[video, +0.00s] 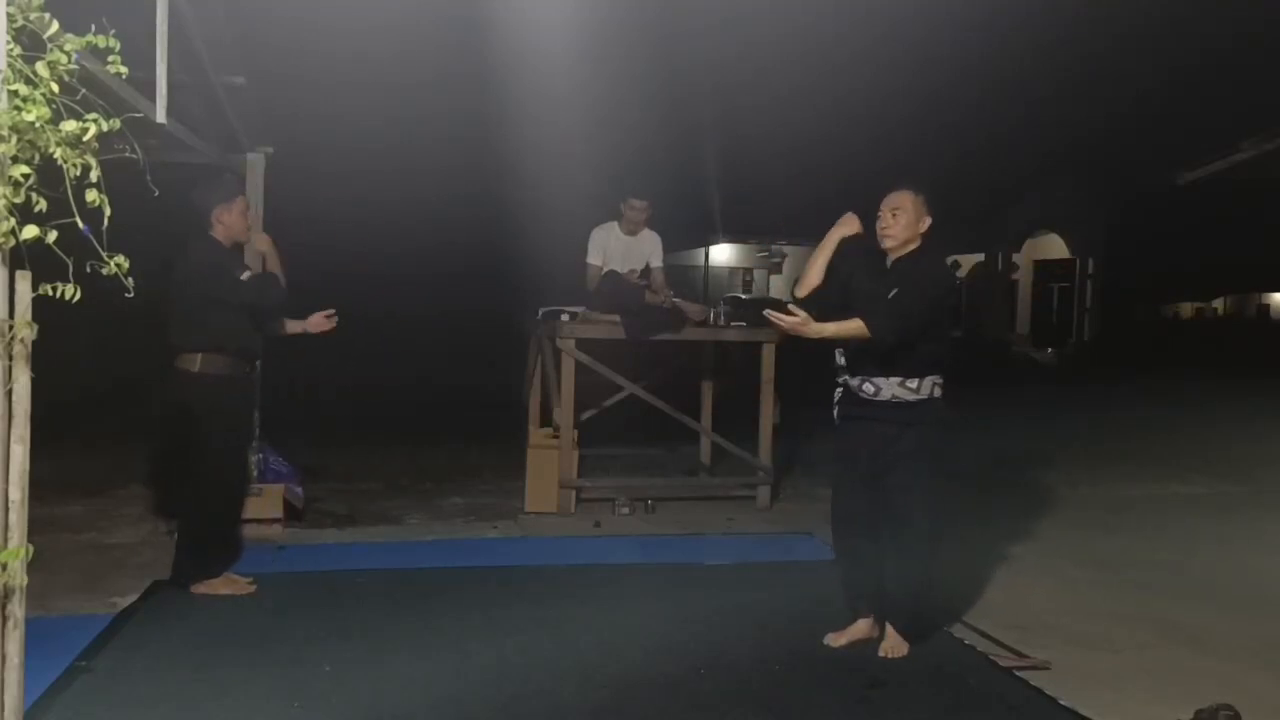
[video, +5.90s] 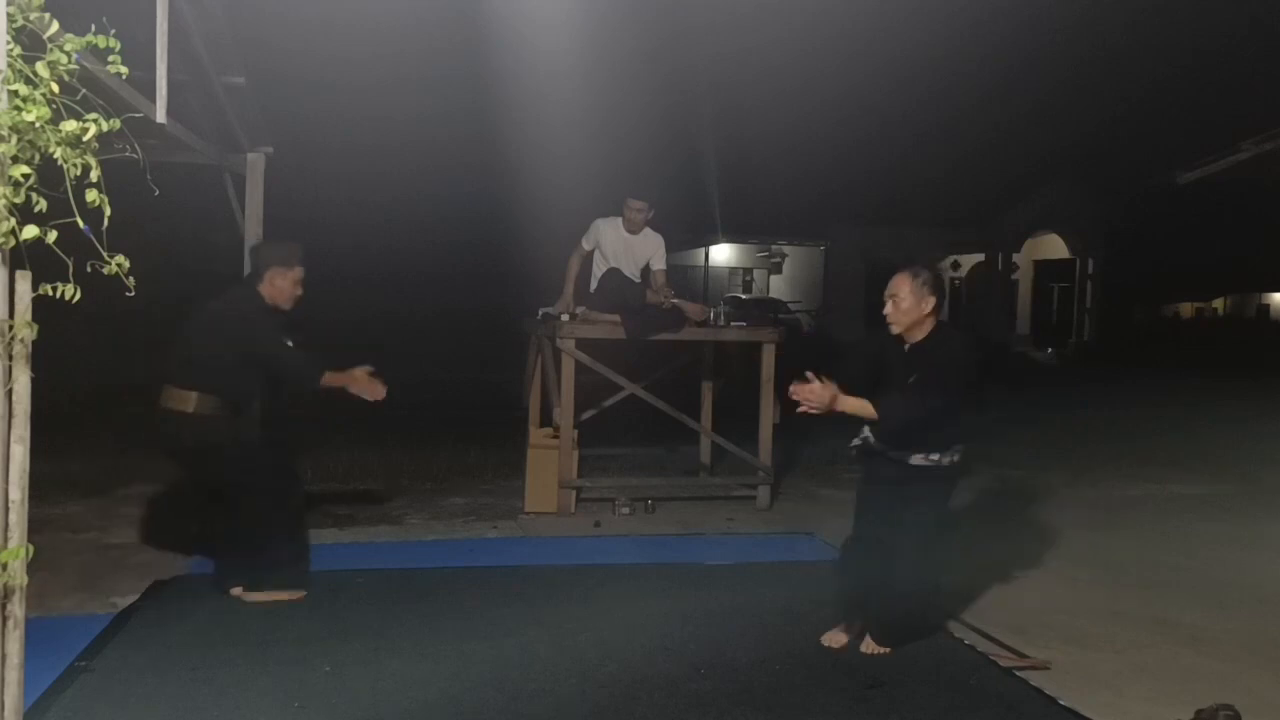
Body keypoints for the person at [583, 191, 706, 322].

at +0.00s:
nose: (637, 216)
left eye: (642, 210)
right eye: (632, 209)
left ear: (649, 212)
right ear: (622, 207)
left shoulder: (653, 239)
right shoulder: (601, 234)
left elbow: (658, 282)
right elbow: (592, 285)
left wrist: (664, 295)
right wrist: (621, 280)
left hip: (634, 300)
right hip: (602, 300)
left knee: (674, 317)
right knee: (611, 278)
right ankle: (679, 308)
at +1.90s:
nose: (642, 217)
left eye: (646, 212)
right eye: (637, 211)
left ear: (651, 213)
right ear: (624, 209)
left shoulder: (654, 240)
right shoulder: (602, 234)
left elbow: (658, 283)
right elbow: (592, 282)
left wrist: (665, 294)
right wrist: (623, 279)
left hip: (636, 300)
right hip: (603, 299)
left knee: (675, 317)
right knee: (610, 279)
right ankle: (679, 305)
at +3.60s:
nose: (631, 216)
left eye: (638, 212)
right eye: (628, 210)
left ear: (649, 214)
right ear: (623, 209)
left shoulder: (656, 242)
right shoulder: (602, 232)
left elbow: (660, 283)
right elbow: (583, 275)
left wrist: (668, 298)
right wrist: (617, 276)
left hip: (636, 302)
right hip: (602, 300)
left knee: (673, 316)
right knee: (612, 278)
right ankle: (679, 306)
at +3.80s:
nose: (624, 217)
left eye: (630, 213)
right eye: (622, 211)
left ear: (644, 214)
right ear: (618, 209)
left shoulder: (655, 241)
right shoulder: (601, 230)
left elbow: (660, 282)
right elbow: (579, 267)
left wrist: (669, 296)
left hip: (634, 301)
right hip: (601, 299)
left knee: (673, 317)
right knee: (612, 278)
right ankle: (679, 306)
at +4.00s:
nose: (618, 217)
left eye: (624, 213)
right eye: (616, 212)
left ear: (639, 214)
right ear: (612, 210)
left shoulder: (653, 240)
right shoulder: (598, 229)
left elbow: (659, 282)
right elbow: (573, 263)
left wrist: (669, 298)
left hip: (633, 301)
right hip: (600, 299)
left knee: (675, 317)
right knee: (612, 275)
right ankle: (680, 306)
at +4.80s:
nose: (627, 214)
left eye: (634, 210)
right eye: (625, 208)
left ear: (648, 212)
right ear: (620, 207)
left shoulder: (655, 241)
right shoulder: (600, 227)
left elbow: (659, 282)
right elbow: (577, 256)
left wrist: (668, 296)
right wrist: (569, 294)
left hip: (634, 301)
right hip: (600, 299)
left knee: (675, 317)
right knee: (613, 276)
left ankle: (604, 316)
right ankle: (681, 306)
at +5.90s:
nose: (632, 216)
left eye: (640, 212)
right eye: (629, 210)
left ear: (650, 214)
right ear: (623, 208)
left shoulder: (655, 241)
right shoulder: (601, 227)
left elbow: (660, 284)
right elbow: (577, 256)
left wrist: (669, 297)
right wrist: (567, 295)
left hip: (634, 301)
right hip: (601, 298)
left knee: (674, 317)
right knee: (613, 276)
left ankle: (603, 317)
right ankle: (679, 306)